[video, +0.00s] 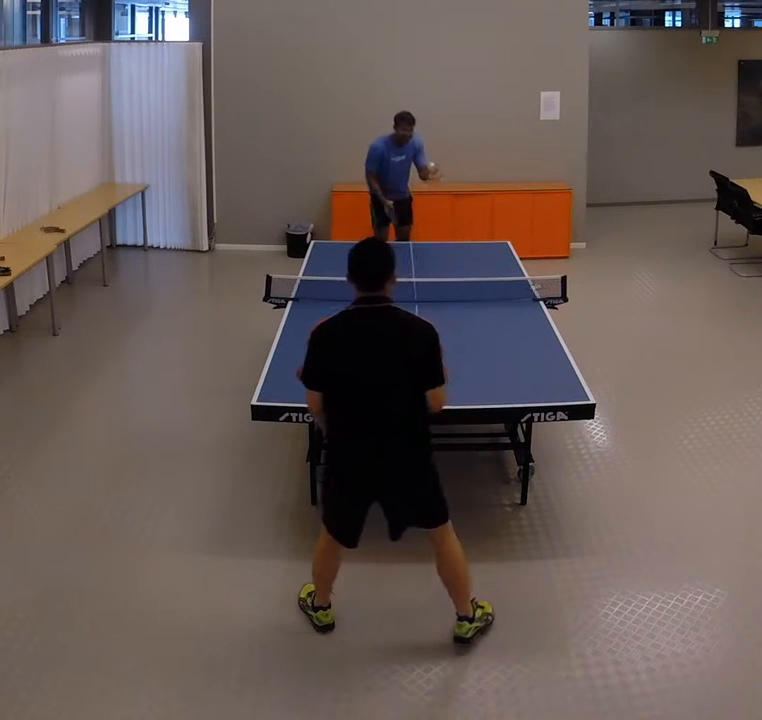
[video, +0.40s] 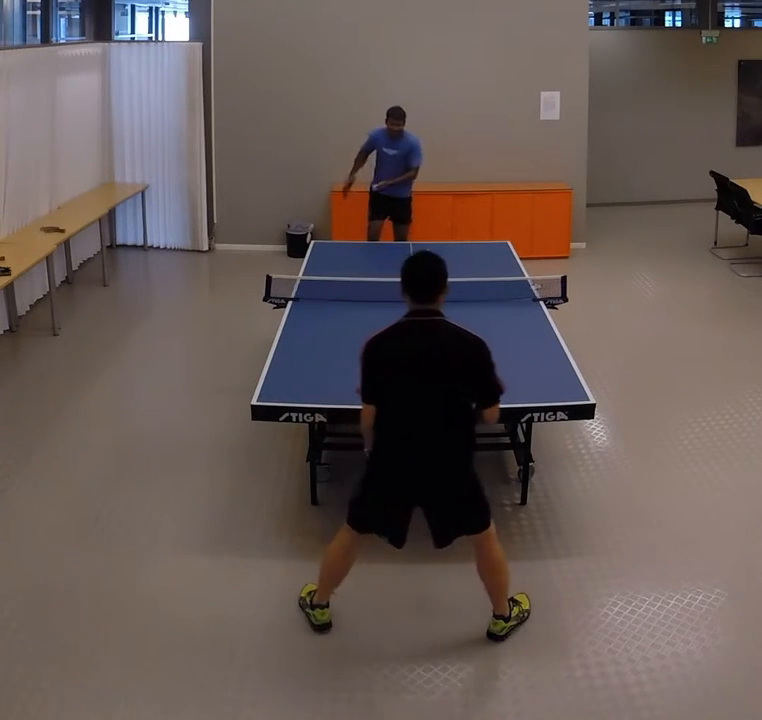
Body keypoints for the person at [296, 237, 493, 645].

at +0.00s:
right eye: (391, 271)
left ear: (349, 278)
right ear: (392, 277)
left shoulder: (326, 333)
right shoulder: (419, 331)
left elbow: (315, 403)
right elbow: (436, 400)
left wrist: (340, 426)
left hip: (349, 454)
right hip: (408, 453)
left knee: (334, 533)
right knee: (441, 532)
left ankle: (320, 604)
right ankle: (467, 615)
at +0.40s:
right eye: (439, 283)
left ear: (402, 290)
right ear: (445, 289)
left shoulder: (378, 346)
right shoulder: (469, 346)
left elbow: (369, 415)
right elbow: (491, 412)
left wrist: (372, 450)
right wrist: (460, 395)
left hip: (392, 464)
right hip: (450, 465)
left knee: (351, 532)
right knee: (484, 535)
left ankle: (319, 603)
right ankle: (502, 614)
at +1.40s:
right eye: (484, 282)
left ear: (442, 288)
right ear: (485, 288)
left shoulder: (416, 341)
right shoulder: (507, 343)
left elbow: (392, 409)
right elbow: (527, 409)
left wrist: (404, 446)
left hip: (421, 462)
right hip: (478, 464)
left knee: (376, 543)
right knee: (501, 532)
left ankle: (331, 612)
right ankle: (503, 613)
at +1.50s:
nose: (490, 283)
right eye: (494, 277)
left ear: (450, 282)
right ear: (493, 281)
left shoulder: (424, 332)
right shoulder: (515, 334)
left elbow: (400, 399)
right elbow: (544, 409)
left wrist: (407, 438)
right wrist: (558, 431)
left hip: (434, 454)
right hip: (492, 458)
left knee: (393, 539)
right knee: (505, 532)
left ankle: (357, 620)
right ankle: (502, 613)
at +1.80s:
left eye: (453, 273)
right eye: (494, 272)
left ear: (452, 279)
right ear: (496, 278)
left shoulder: (430, 333)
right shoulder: (514, 331)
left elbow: (417, 403)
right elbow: (503, 386)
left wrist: (416, 442)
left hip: (440, 450)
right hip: (494, 452)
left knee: (396, 533)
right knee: (501, 538)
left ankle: (364, 616)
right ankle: (504, 613)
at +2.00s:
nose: (425, 290)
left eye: (424, 284)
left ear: (424, 290)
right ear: (466, 290)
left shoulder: (403, 349)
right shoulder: (485, 344)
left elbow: (392, 423)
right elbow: (454, 381)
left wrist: (388, 455)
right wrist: (393, 364)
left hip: (413, 465)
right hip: (465, 463)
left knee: (361, 549)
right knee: (488, 535)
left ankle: (317, 627)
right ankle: (503, 612)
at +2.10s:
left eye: (399, 292)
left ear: (397, 297)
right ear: (440, 299)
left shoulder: (372, 356)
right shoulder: (461, 357)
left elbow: (360, 428)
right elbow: (462, 417)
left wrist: (370, 468)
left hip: (385, 478)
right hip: (442, 477)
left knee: (340, 553)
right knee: (477, 543)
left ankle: (311, 640)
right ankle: (501, 614)